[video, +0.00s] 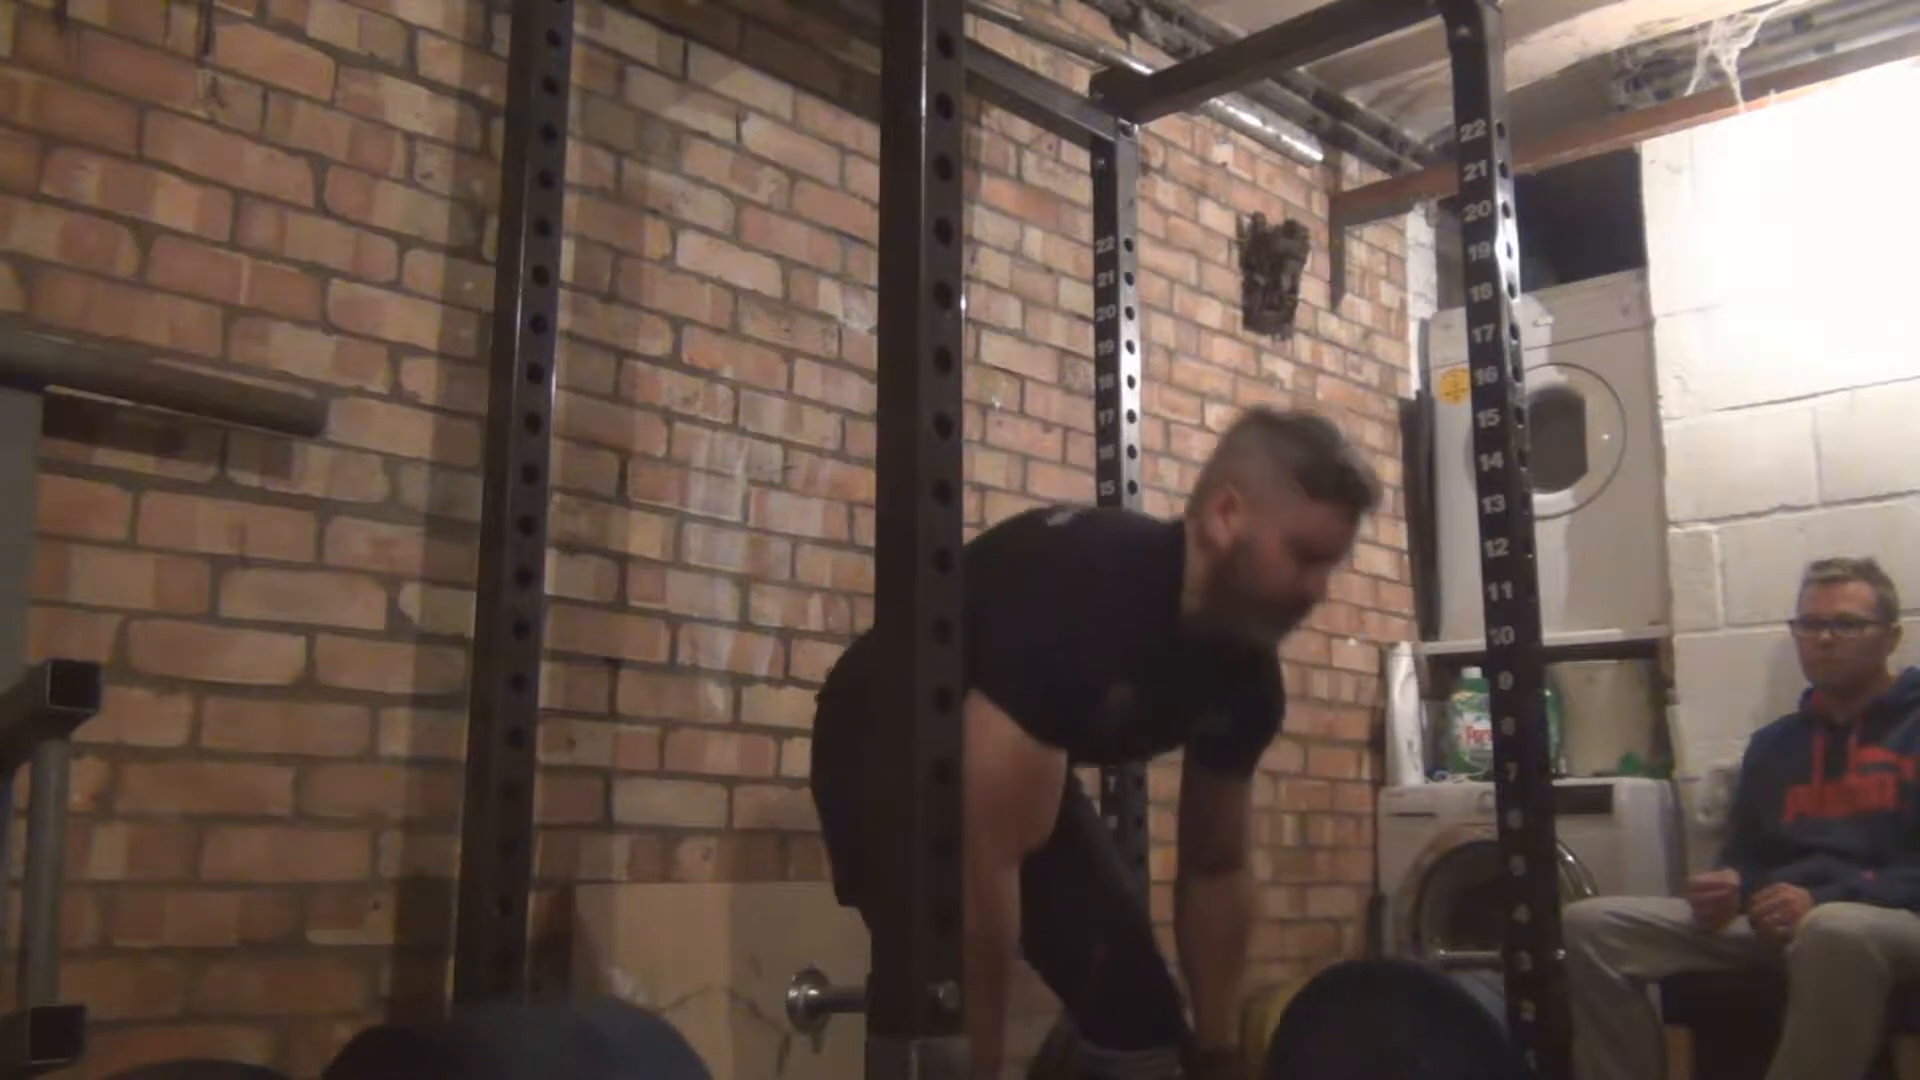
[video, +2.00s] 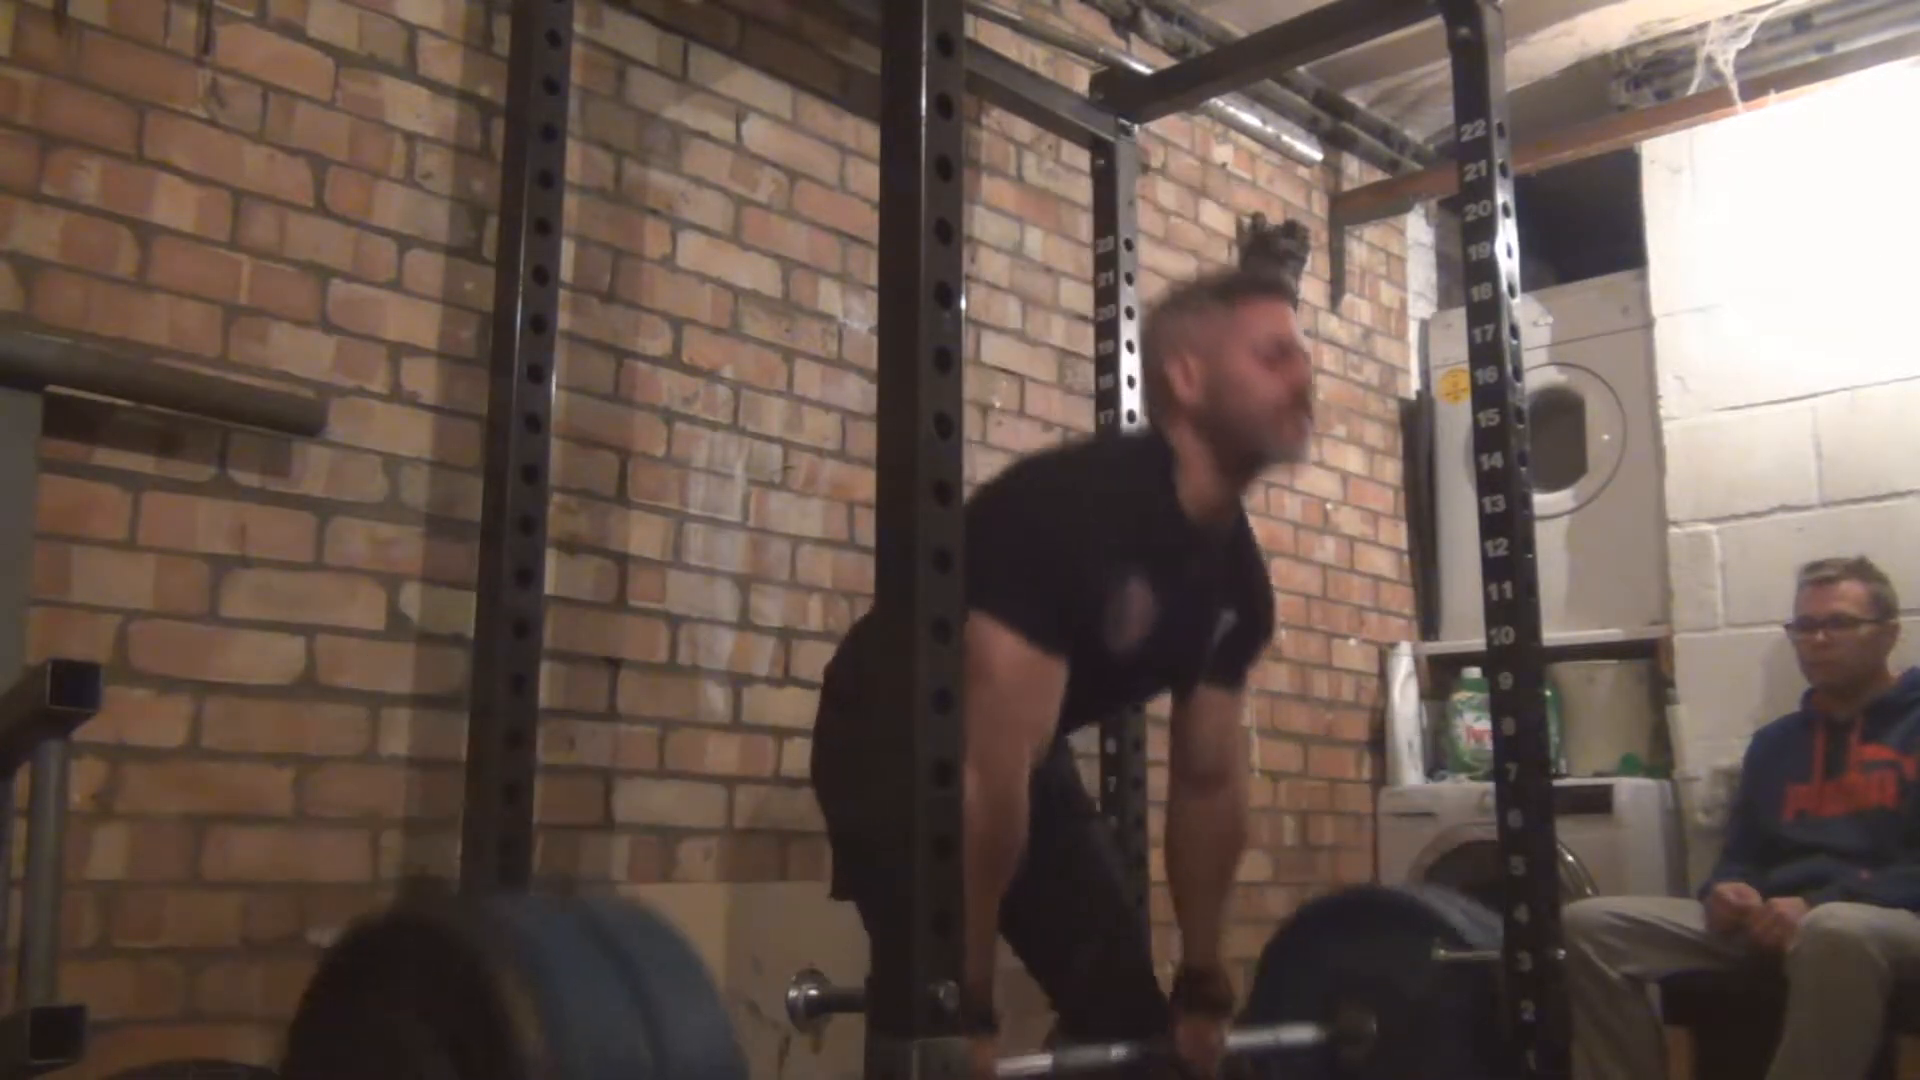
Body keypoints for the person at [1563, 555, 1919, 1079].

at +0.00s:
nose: (1824, 639)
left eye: (1845, 625)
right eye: (1810, 624)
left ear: (1890, 637)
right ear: (1794, 634)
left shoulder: (1914, 723)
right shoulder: (1774, 743)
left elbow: (1913, 875)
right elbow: (1746, 853)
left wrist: (1819, 900)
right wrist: (1730, 885)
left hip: (1894, 918)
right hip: (1773, 917)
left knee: (1832, 936)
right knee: (1589, 929)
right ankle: (1629, 1074)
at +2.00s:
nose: (1817, 640)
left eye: (1838, 624)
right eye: (1805, 626)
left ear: (1888, 635)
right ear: (1791, 635)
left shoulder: (1914, 719)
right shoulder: (1775, 742)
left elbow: (1915, 870)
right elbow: (1739, 855)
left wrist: (1818, 905)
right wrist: (1725, 892)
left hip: (1893, 919)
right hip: (1767, 917)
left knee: (1834, 936)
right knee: (1587, 929)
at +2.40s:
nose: (1817, 639)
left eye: (1838, 624)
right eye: (1805, 625)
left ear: (1889, 635)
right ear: (1792, 635)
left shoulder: (1913, 722)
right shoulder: (1775, 742)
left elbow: (1914, 870)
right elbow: (1740, 853)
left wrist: (1817, 905)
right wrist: (1726, 891)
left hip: (1892, 917)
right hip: (1766, 917)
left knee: (1834, 936)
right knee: (1587, 929)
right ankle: (1629, 1073)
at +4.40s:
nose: (1820, 633)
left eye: (1842, 618)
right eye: (1807, 620)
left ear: (1892, 634)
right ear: (1794, 633)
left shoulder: (1914, 721)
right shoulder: (1775, 742)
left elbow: (1914, 869)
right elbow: (1741, 852)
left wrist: (1815, 905)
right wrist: (1727, 891)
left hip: (1893, 918)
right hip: (1766, 917)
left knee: (1833, 936)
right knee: (1587, 928)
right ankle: (1629, 1072)